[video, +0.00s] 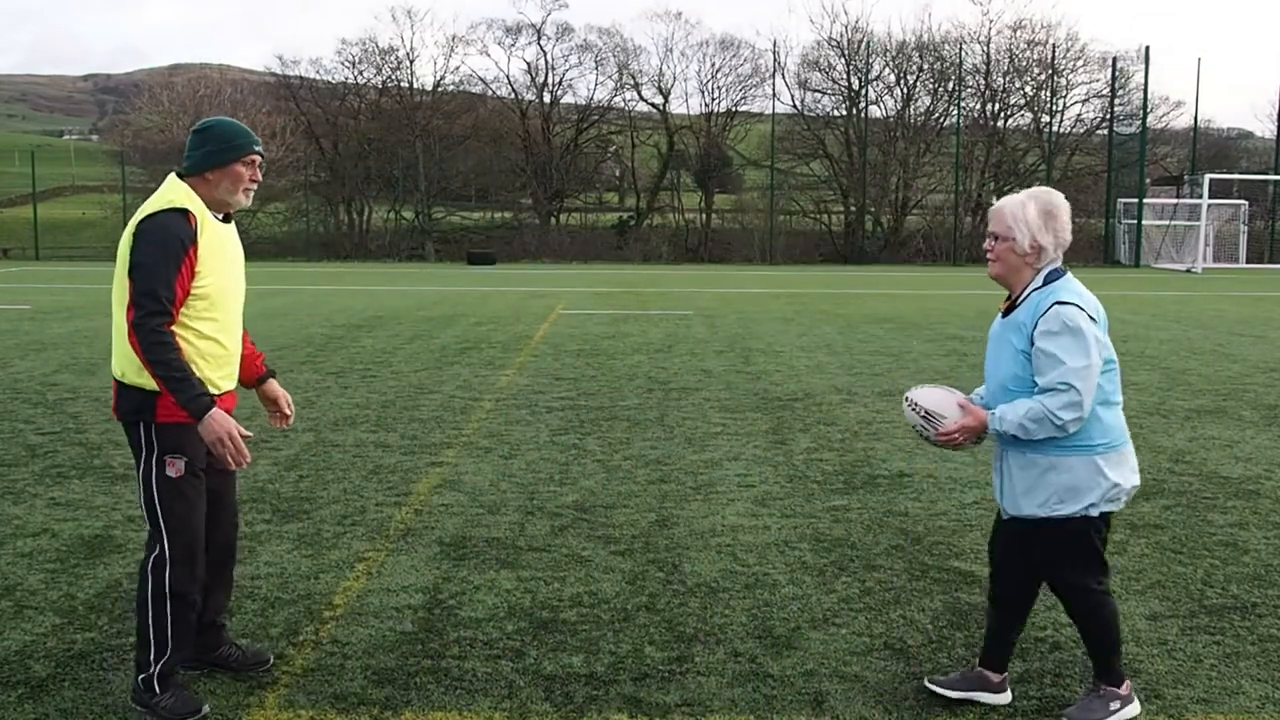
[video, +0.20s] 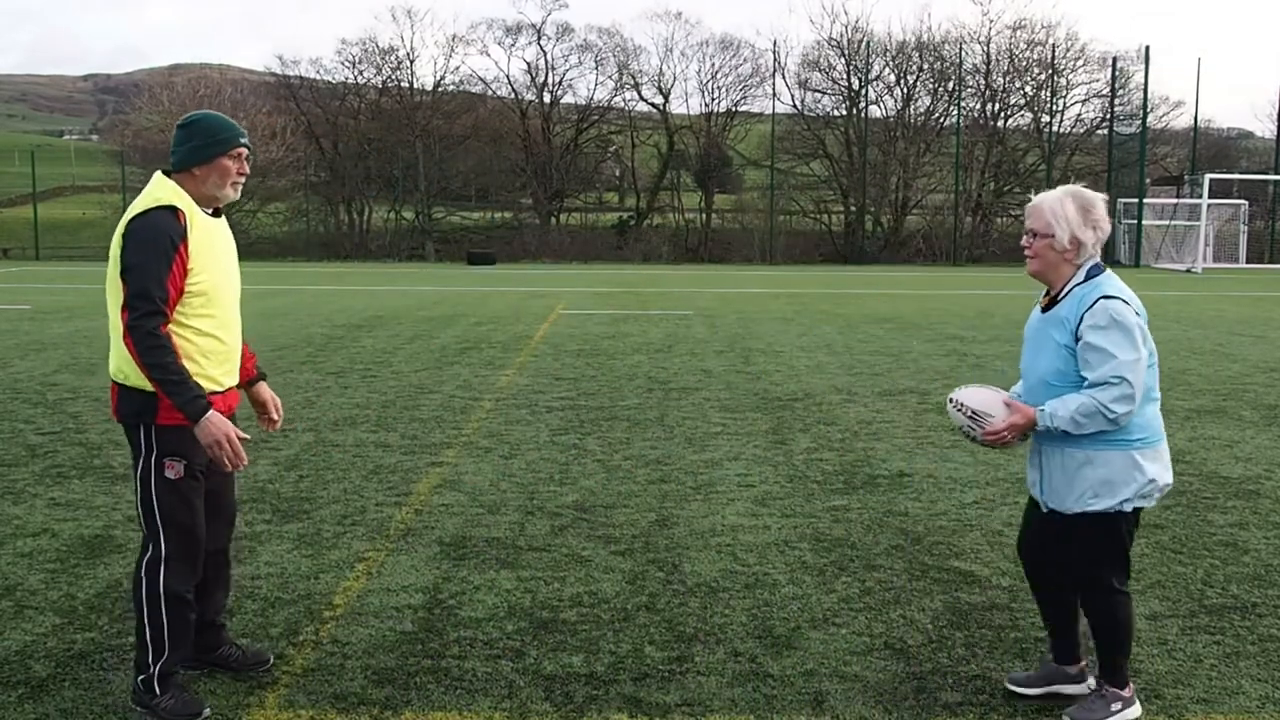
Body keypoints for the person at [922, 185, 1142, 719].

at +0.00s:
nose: (987, 247)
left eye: (998, 238)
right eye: (988, 236)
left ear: (1034, 247)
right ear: (1030, 248)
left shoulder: (1064, 313)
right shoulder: (1021, 307)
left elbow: (1065, 407)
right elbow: (1008, 385)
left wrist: (991, 421)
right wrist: (966, 408)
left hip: (1073, 479)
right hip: (1030, 474)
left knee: (1080, 583)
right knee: (1010, 569)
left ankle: (1113, 688)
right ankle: (991, 674)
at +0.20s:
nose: (1024, 244)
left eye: (1034, 234)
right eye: (1024, 233)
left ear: (1071, 243)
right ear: (1058, 243)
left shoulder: (1107, 308)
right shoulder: (1053, 303)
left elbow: (1115, 399)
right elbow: (1044, 379)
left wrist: (1039, 418)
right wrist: (1005, 409)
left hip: (1108, 472)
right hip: (1063, 467)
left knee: (1101, 577)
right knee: (1039, 552)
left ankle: (1116, 690)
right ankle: (1068, 665)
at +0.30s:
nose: (1042, 241)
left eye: (1055, 232)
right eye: (1042, 230)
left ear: (1091, 241)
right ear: (1052, 234)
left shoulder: (1122, 306)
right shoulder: (1061, 300)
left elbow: (1131, 396)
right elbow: (1053, 376)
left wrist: (1051, 414)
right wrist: (1017, 407)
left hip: (1114, 469)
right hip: (1072, 464)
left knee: (1103, 575)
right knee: (1067, 562)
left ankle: (1118, 691)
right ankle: (1120, 661)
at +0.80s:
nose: (1058, 247)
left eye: (1069, 237)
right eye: (1057, 236)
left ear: (1107, 241)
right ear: (1063, 240)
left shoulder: (1144, 304)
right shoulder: (1073, 299)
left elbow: (1160, 393)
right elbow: (1066, 373)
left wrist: (1078, 412)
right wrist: (1037, 406)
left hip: (1141, 463)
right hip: (1097, 459)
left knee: (1119, 570)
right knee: (1101, 567)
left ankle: (1127, 681)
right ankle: (1121, 668)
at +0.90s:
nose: (1058, 247)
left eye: (1069, 237)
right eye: (1057, 236)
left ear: (1107, 241)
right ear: (1063, 240)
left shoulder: (1144, 304)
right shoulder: (1073, 299)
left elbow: (1159, 392)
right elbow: (1066, 373)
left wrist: (1079, 413)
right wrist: (1037, 407)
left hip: (1141, 461)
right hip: (1097, 458)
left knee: (1114, 565)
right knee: (1100, 562)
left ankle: (1128, 680)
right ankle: (1121, 667)